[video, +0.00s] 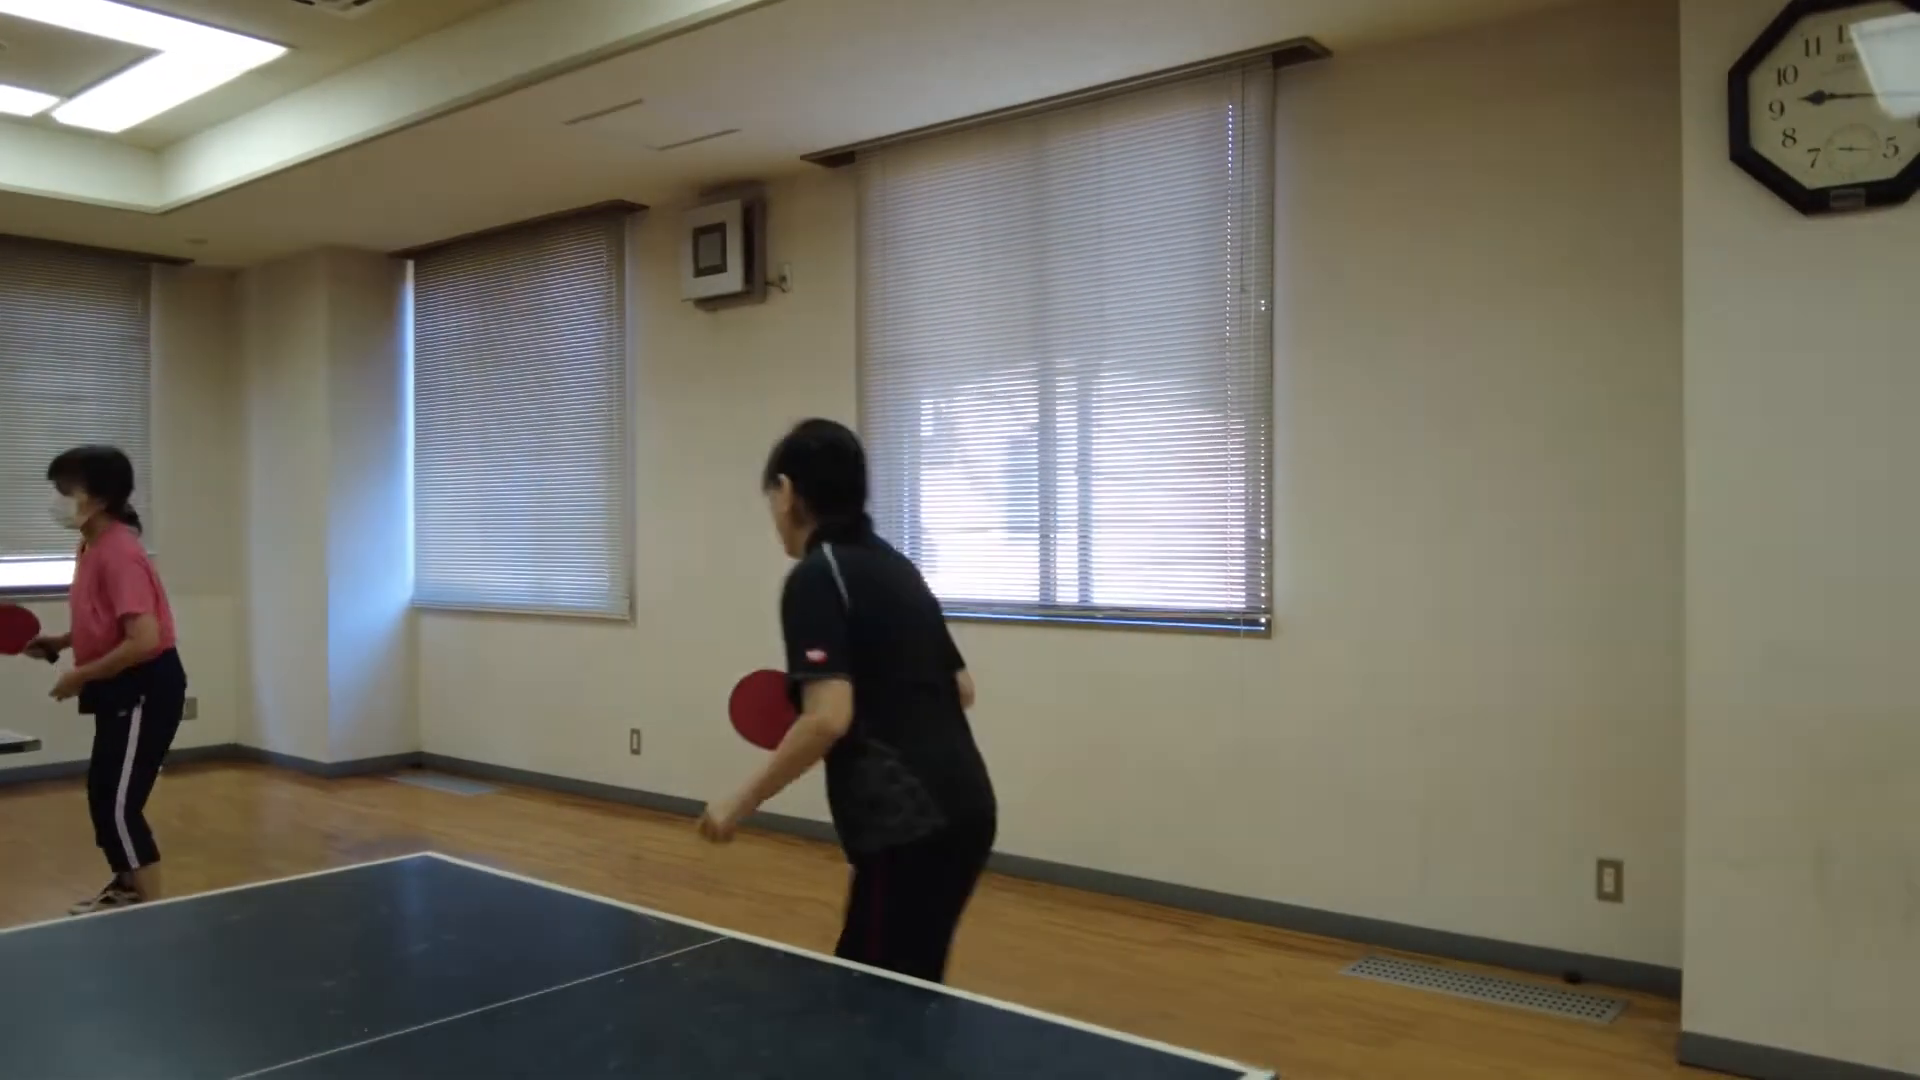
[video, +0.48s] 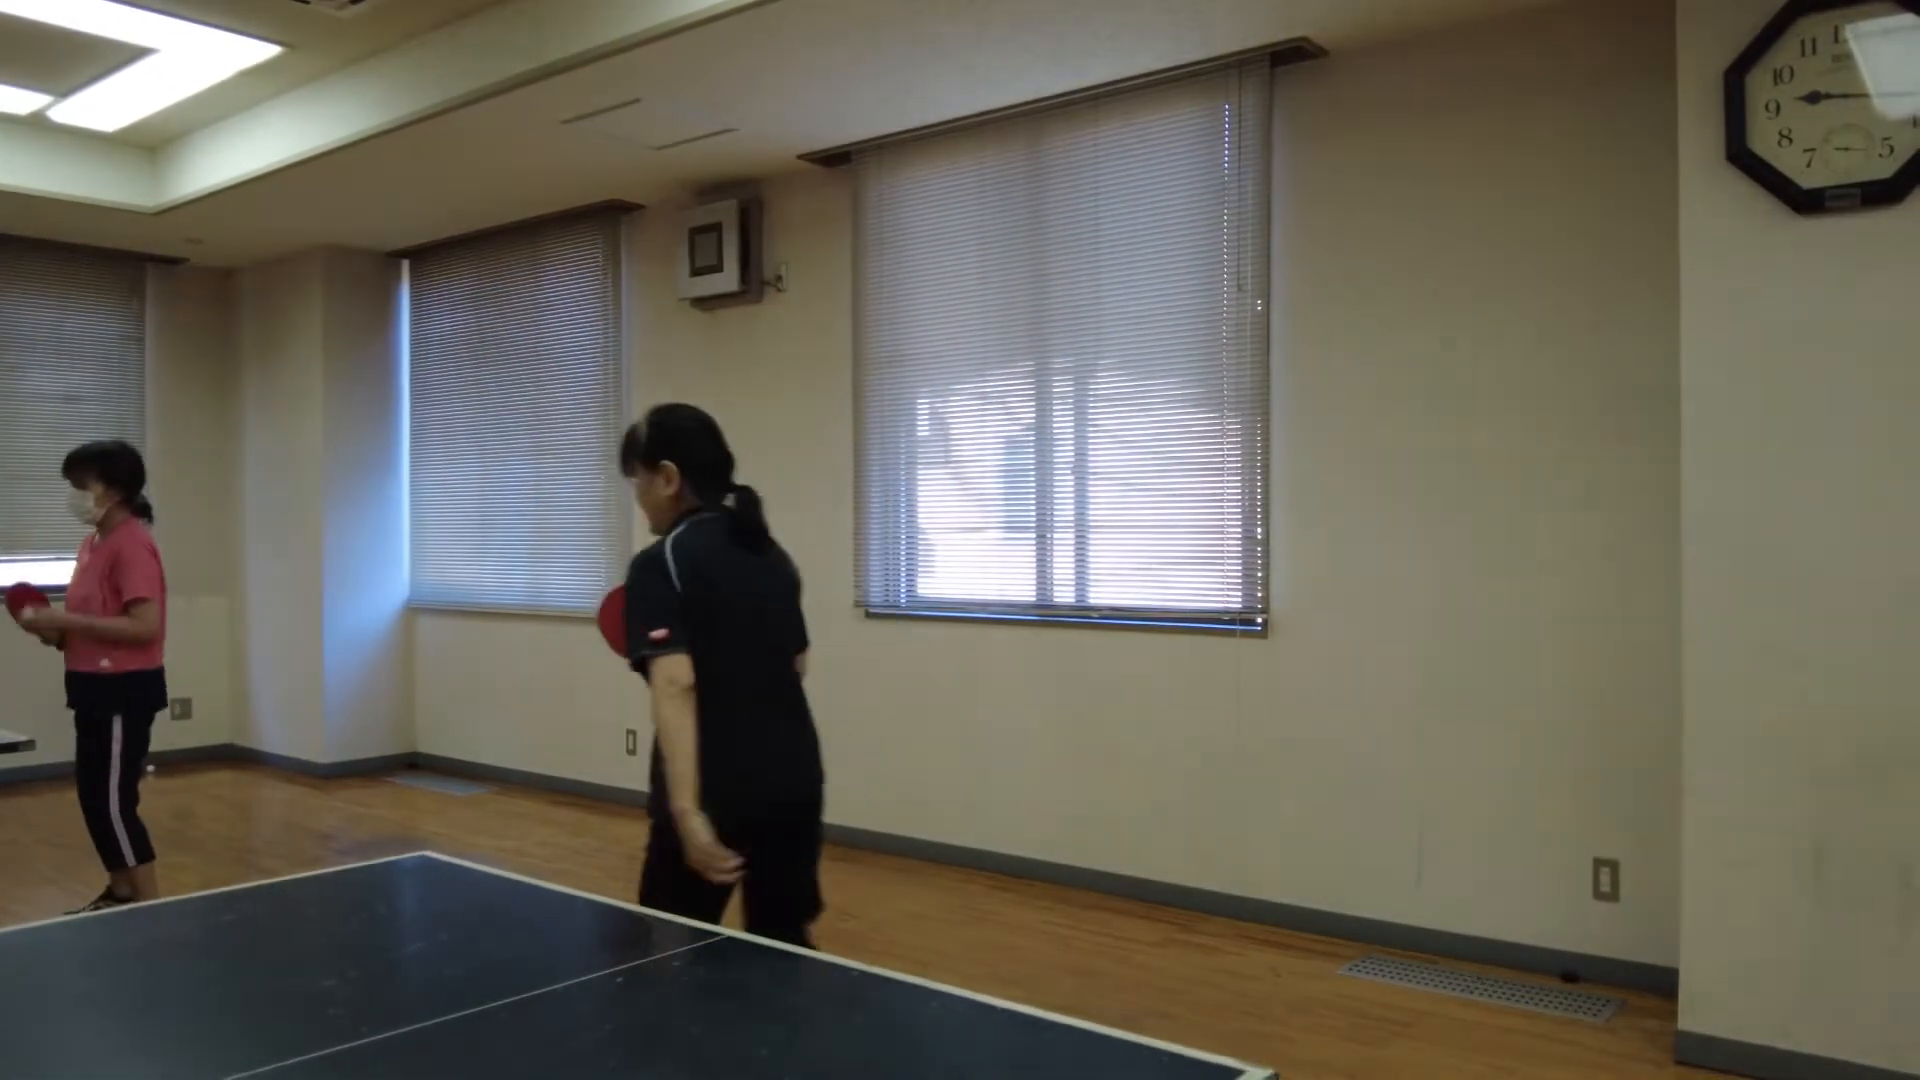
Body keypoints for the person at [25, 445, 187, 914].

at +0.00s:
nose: (60, 502)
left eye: (68, 492)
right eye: (59, 492)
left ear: (98, 496)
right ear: (83, 498)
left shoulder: (119, 549)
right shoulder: (93, 547)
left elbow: (146, 638)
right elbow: (102, 625)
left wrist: (82, 675)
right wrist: (57, 643)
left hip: (147, 684)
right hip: (120, 683)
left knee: (118, 802)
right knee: (104, 794)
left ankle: (156, 911)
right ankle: (128, 888)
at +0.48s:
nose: (72, 496)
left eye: (81, 487)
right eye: (72, 487)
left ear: (111, 490)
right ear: (98, 492)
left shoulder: (133, 543)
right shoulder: (95, 543)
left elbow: (146, 626)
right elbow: (93, 628)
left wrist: (65, 621)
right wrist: (50, 627)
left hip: (126, 688)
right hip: (94, 685)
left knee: (113, 802)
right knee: (95, 797)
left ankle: (151, 907)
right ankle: (123, 892)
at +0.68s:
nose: (81, 498)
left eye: (90, 488)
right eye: (80, 488)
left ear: (120, 490)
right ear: (103, 493)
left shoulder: (140, 542)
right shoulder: (98, 542)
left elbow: (109, 613)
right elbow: (96, 621)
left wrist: (64, 557)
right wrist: (64, 634)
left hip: (120, 684)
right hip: (87, 682)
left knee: (114, 797)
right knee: (89, 793)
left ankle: (150, 905)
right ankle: (122, 891)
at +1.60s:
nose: (73, 509)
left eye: (82, 498)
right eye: (72, 499)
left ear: (113, 500)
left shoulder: (135, 554)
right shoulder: (96, 552)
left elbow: (148, 636)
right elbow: (87, 627)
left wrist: (67, 633)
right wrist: (40, 644)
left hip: (100, 693)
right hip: (68, 690)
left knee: (108, 800)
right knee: (81, 797)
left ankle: (146, 908)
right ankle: (116, 896)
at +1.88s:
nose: (62, 507)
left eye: (70, 496)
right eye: (61, 497)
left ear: (98, 497)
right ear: (73, 501)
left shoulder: (122, 554)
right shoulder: (87, 554)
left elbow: (151, 629)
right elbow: (82, 626)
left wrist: (78, 636)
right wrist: (35, 645)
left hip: (105, 693)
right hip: (73, 690)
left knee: (106, 800)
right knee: (80, 798)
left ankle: (147, 891)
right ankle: (117, 889)